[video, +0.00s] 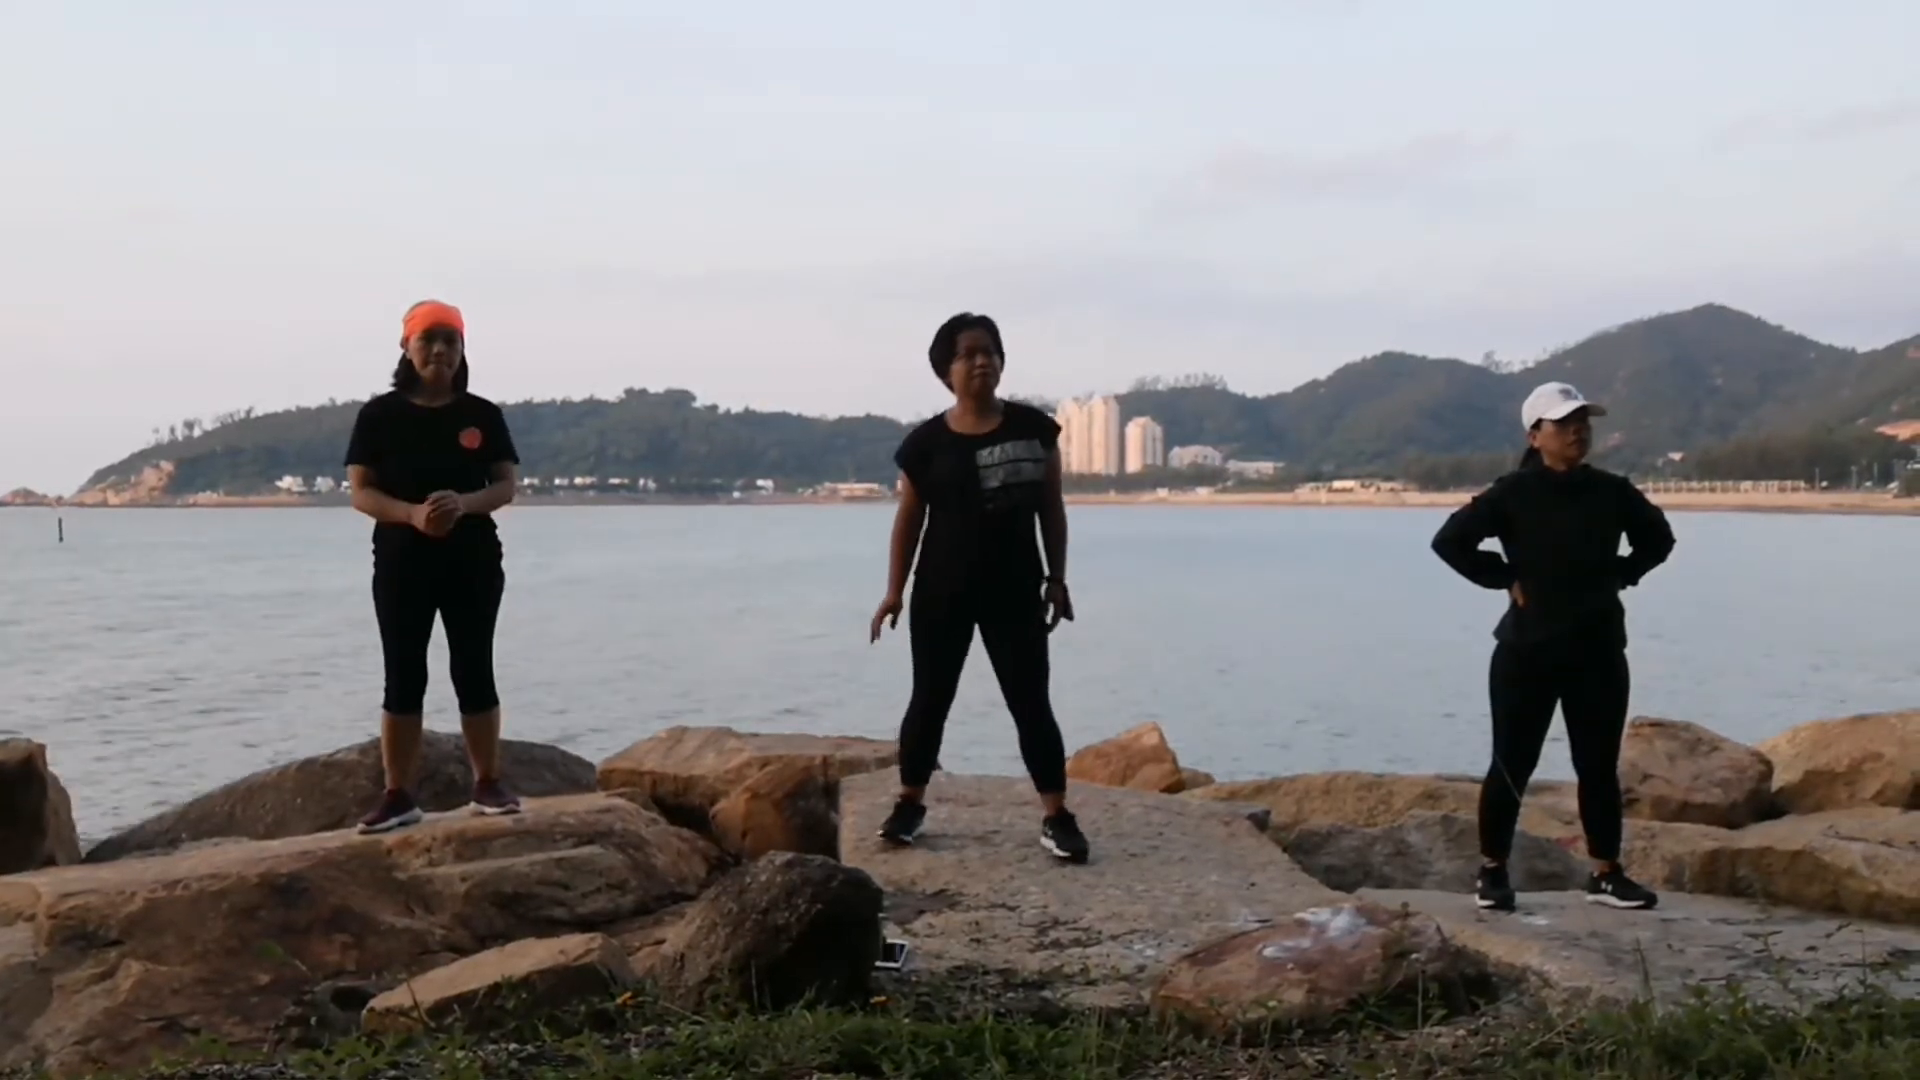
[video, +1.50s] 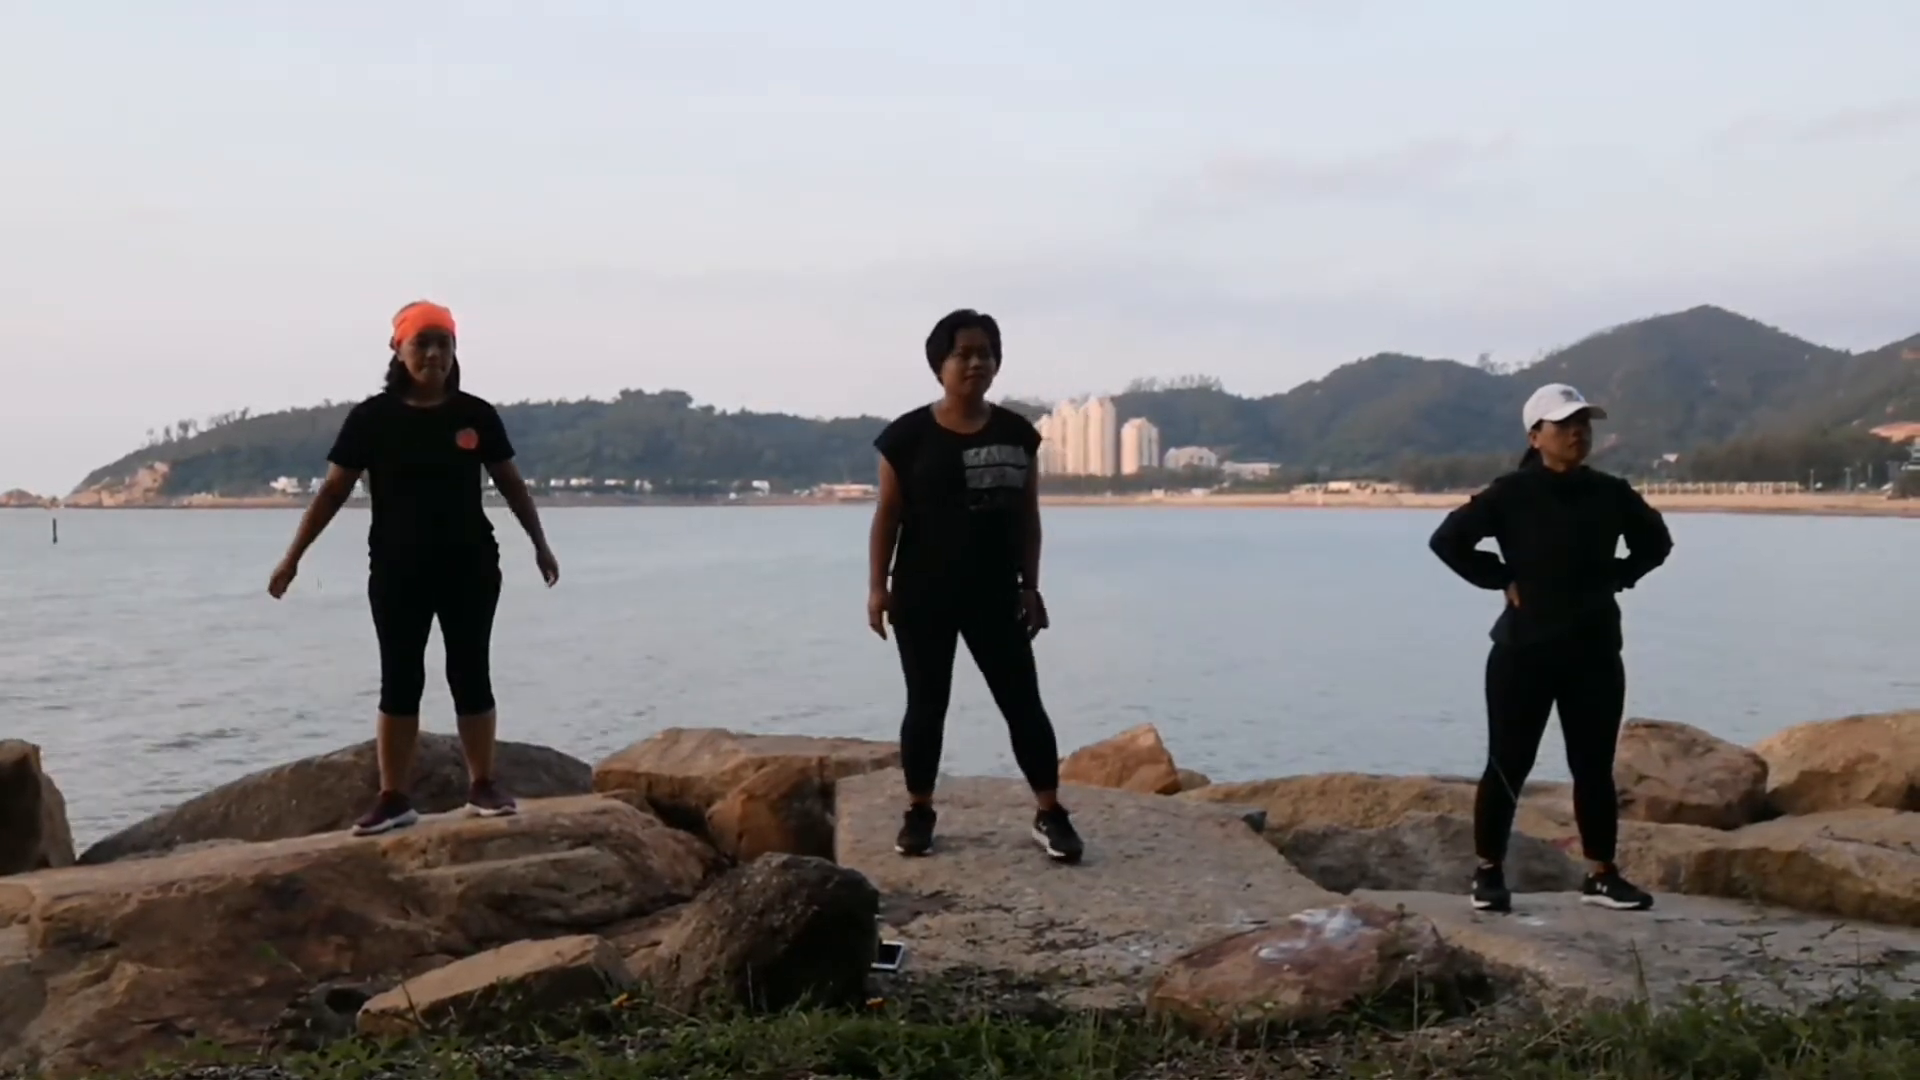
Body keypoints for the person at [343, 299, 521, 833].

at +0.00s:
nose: (438, 349)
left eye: (448, 339)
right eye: (427, 339)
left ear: (461, 348)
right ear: (407, 349)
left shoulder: (484, 415)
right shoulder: (377, 415)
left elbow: (507, 486)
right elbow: (360, 493)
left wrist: (467, 502)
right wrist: (411, 513)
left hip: (471, 564)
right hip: (403, 566)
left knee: (475, 675)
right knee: (403, 680)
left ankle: (487, 785)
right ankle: (398, 795)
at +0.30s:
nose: (434, 352)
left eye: (443, 342)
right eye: (423, 342)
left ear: (456, 350)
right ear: (402, 350)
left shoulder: (479, 418)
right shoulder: (374, 418)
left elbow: (501, 495)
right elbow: (355, 501)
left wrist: (517, 563)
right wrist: (340, 573)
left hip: (469, 572)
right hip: (398, 575)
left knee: (474, 679)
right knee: (400, 687)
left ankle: (485, 786)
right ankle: (397, 796)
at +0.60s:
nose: (430, 352)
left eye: (440, 343)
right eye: (420, 343)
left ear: (453, 351)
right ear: (399, 351)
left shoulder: (476, 418)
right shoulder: (370, 419)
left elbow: (507, 489)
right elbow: (340, 496)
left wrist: (535, 551)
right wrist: (306, 565)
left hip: (468, 571)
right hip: (398, 574)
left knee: (472, 680)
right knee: (399, 687)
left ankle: (485, 785)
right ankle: (394, 796)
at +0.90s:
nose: (430, 353)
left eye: (439, 343)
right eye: (418, 344)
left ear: (451, 350)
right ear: (397, 351)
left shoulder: (476, 416)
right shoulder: (368, 419)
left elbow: (496, 487)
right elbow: (356, 497)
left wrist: (480, 540)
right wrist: (381, 555)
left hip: (466, 569)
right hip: (397, 572)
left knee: (471, 679)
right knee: (398, 685)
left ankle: (484, 786)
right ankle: (395, 796)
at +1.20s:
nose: (431, 354)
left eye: (440, 343)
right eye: (419, 344)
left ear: (451, 350)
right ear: (397, 351)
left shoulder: (475, 416)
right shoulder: (368, 419)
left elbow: (499, 493)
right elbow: (355, 501)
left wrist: (492, 550)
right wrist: (368, 569)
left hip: (464, 570)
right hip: (397, 574)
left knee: (471, 679)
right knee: (399, 686)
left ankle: (483, 787)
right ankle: (393, 796)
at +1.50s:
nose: (433, 353)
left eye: (442, 343)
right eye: (422, 343)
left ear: (454, 351)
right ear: (399, 351)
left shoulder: (476, 417)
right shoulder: (370, 419)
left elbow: (509, 482)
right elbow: (332, 493)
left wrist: (539, 541)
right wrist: (291, 557)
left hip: (468, 570)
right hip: (398, 573)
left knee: (471, 678)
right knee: (399, 685)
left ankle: (482, 786)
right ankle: (392, 798)